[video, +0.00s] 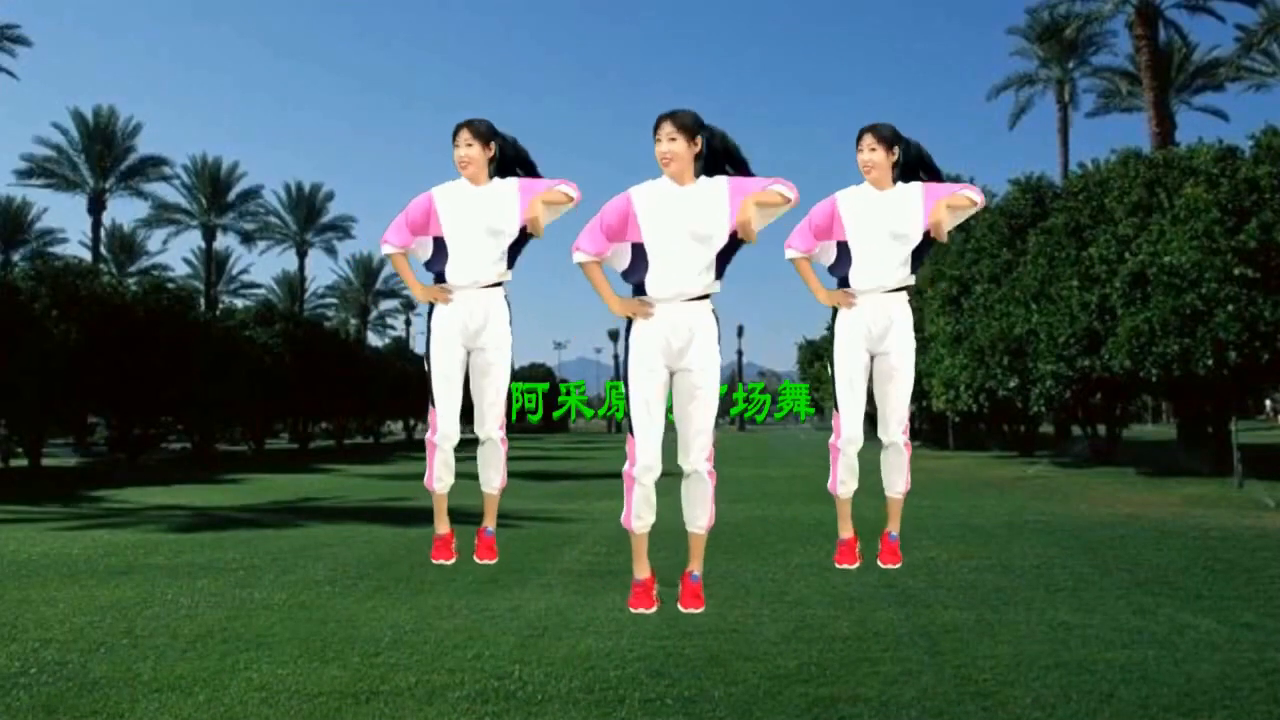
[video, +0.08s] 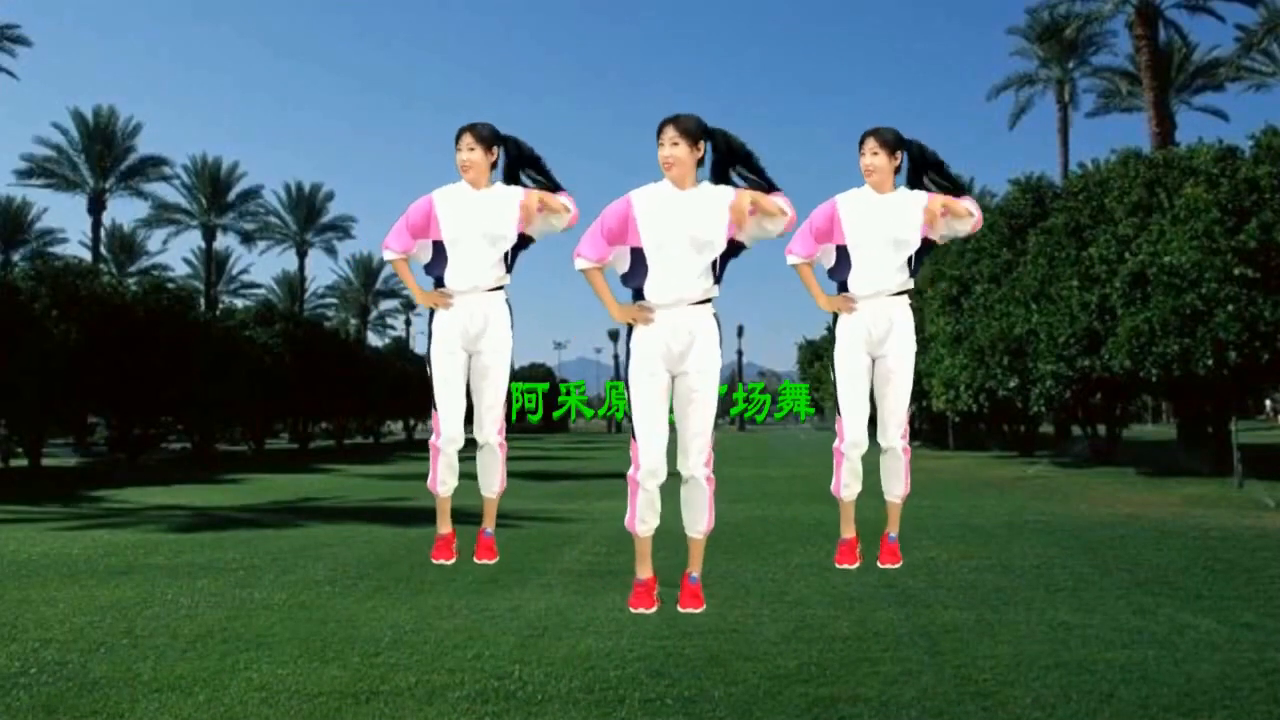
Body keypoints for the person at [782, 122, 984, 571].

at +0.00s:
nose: (864, 156)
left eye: (872, 149)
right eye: (861, 150)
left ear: (894, 154)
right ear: (856, 157)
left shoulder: (918, 194)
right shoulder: (842, 202)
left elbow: (975, 196)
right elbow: (795, 247)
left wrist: (943, 209)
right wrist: (824, 293)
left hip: (897, 312)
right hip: (852, 313)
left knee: (894, 429)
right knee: (848, 429)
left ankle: (892, 532)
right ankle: (845, 534)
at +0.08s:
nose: (867, 160)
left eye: (876, 153)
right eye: (863, 154)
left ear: (896, 159)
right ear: (859, 161)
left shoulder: (917, 201)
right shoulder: (841, 206)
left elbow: (973, 216)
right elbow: (797, 252)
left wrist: (948, 212)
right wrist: (825, 299)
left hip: (898, 315)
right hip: (853, 315)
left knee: (894, 431)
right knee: (852, 432)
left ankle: (891, 535)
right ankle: (847, 535)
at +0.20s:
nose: (872, 184)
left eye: (881, 177)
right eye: (869, 177)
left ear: (901, 184)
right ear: (864, 184)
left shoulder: (914, 231)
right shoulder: (843, 225)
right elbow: (802, 274)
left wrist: (930, 236)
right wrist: (820, 324)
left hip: (900, 335)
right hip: (856, 338)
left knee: (899, 447)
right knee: (872, 446)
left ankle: (889, 536)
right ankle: (857, 519)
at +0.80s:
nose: (853, 164)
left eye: (861, 157)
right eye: (850, 157)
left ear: (881, 164)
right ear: (846, 165)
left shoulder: (901, 210)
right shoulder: (830, 211)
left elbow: (904, 243)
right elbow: (789, 247)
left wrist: (888, 187)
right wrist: (806, 293)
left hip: (872, 326)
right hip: (828, 322)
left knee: (871, 441)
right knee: (807, 429)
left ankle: (888, 532)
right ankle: (787, 524)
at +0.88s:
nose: (852, 144)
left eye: (862, 138)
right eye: (851, 138)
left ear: (882, 147)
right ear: (849, 146)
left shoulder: (899, 191)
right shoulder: (829, 191)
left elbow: (916, 220)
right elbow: (791, 228)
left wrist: (897, 166)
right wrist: (807, 274)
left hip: (875, 304)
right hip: (831, 300)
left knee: (879, 421)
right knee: (813, 414)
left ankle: (889, 526)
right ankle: (794, 504)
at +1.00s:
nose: (860, 142)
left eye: (870, 137)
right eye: (857, 136)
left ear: (889, 148)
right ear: (852, 144)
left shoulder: (902, 190)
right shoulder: (828, 188)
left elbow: (911, 228)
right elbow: (789, 229)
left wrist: (902, 173)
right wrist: (806, 277)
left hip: (881, 299)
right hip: (837, 296)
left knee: (881, 416)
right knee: (831, 416)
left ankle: (883, 523)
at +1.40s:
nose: (864, 155)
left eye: (873, 148)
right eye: (860, 148)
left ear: (886, 159)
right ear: (853, 154)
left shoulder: (895, 205)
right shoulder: (829, 196)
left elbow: (858, 197)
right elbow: (783, 235)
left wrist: (880, 154)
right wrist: (793, 283)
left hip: (864, 305)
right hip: (821, 302)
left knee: (870, 427)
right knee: (812, 425)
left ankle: (879, 530)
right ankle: (803, 501)